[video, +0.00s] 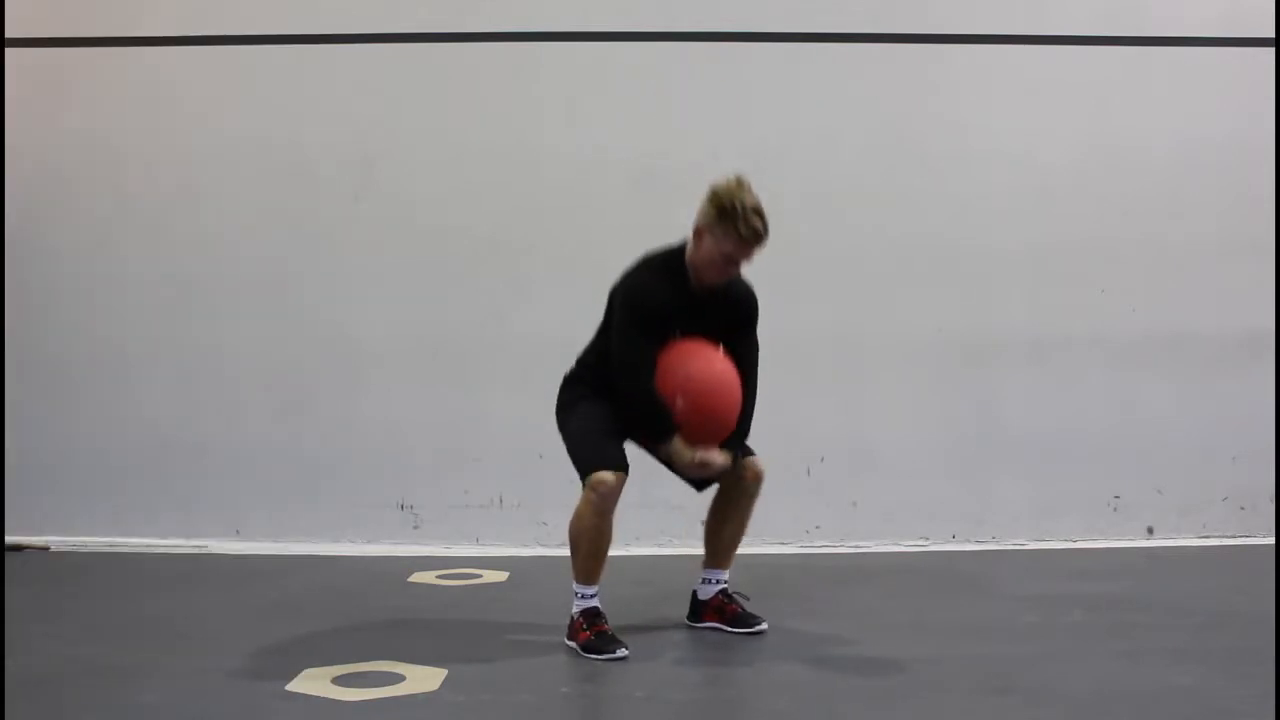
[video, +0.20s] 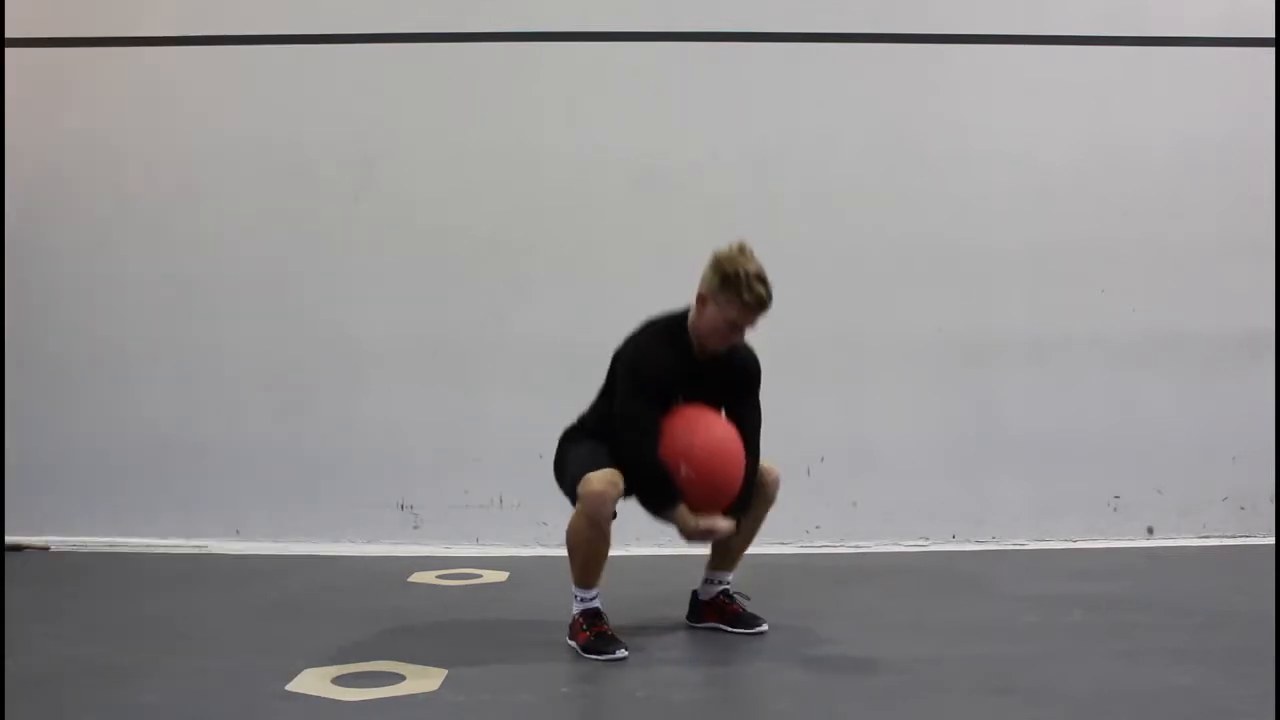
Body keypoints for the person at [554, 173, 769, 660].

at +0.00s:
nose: (733, 271)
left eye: (743, 261)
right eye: (726, 257)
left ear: (752, 253)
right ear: (698, 234)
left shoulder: (738, 300)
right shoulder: (645, 284)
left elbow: (743, 380)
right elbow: (627, 378)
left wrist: (729, 447)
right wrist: (671, 445)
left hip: (662, 403)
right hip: (596, 393)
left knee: (746, 473)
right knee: (605, 481)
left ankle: (710, 596)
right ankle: (585, 614)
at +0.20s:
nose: (739, 337)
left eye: (747, 327)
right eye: (733, 325)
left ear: (755, 319)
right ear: (701, 301)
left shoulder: (741, 365)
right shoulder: (647, 348)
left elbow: (746, 446)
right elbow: (633, 444)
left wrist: (728, 509)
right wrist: (677, 511)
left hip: (674, 458)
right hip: (600, 444)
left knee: (764, 482)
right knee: (600, 489)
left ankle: (711, 596)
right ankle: (586, 614)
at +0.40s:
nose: (736, 373)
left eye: (745, 364)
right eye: (729, 360)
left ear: (754, 355)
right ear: (699, 335)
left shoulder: (745, 398)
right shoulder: (649, 381)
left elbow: (753, 482)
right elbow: (640, 483)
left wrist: (738, 552)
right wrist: (685, 553)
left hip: (682, 488)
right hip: (610, 478)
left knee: (767, 483)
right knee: (603, 490)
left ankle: (709, 598)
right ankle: (587, 614)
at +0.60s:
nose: (738, 337)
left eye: (746, 327)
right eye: (731, 324)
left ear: (755, 320)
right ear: (701, 303)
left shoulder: (745, 368)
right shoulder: (650, 351)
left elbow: (750, 453)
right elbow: (637, 450)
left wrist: (739, 514)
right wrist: (685, 515)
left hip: (679, 459)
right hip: (605, 444)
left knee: (767, 484)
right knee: (606, 489)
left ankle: (711, 597)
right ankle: (587, 614)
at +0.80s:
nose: (731, 240)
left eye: (738, 231)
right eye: (724, 228)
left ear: (744, 228)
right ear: (694, 214)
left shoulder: (737, 288)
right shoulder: (644, 274)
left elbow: (749, 369)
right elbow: (633, 365)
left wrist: (740, 432)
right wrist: (685, 426)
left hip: (666, 400)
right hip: (603, 389)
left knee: (750, 473)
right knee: (606, 481)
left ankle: (710, 596)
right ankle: (586, 613)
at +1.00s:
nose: (703, 140)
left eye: (711, 130)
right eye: (694, 128)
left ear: (717, 130)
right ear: (662, 123)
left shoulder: (720, 201)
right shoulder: (627, 191)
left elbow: (750, 276)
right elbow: (633, 270)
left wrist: (752, 324)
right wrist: (698, 319)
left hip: (673, 347)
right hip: (611, 343)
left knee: (715, 460)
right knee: (610, 469)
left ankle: (708, 598)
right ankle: (586, 611)